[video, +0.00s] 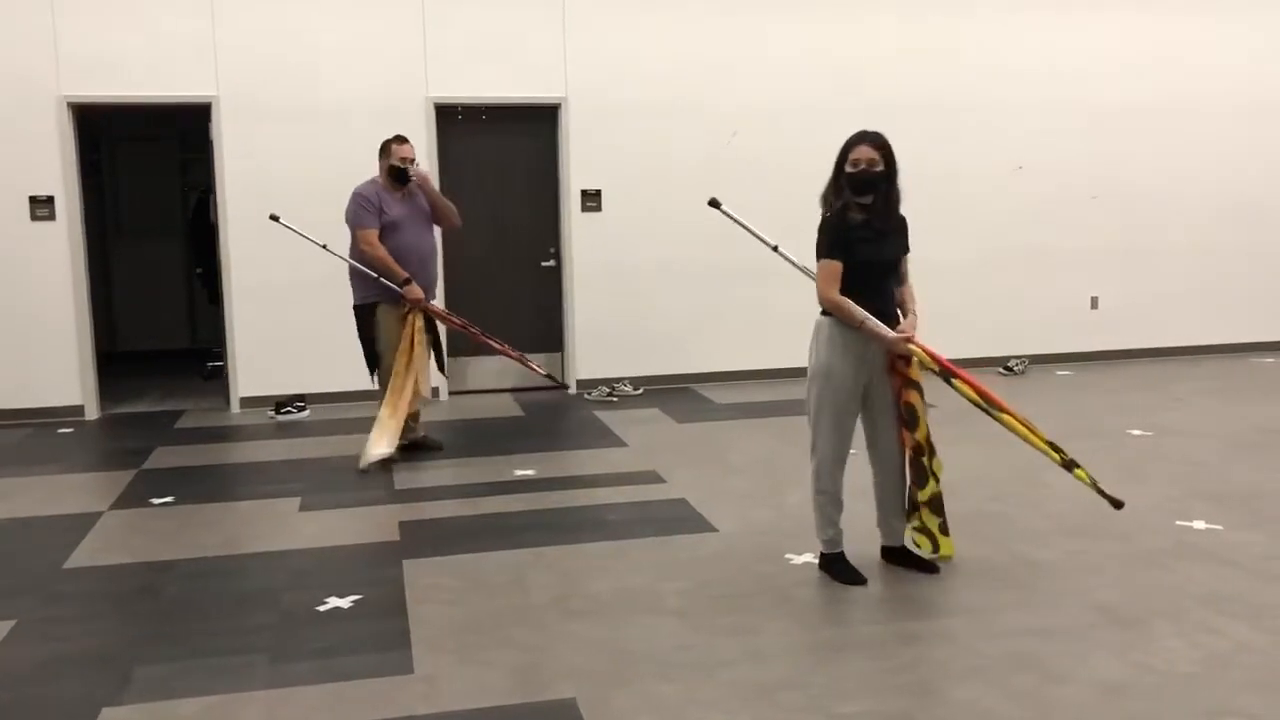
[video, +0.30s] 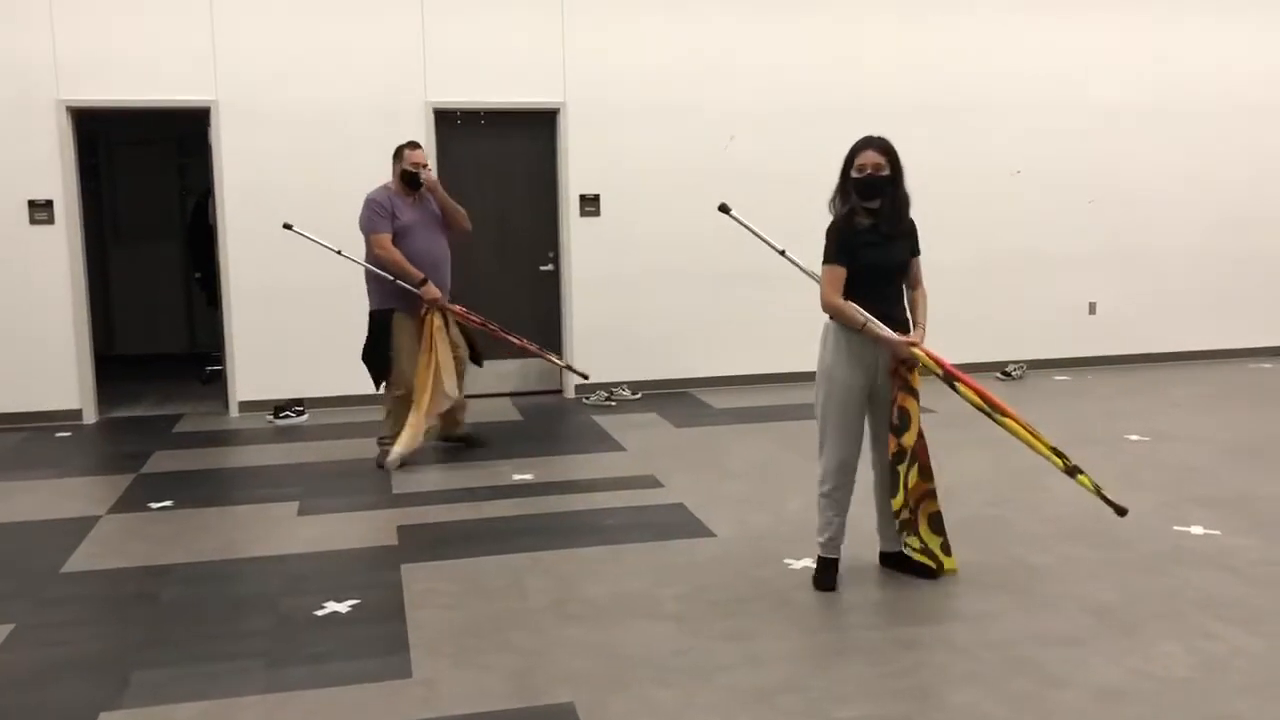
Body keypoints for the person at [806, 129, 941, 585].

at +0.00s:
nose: (863, 170)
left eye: (873, 164)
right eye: (855, 163)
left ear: (887, 170)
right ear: (842, 168)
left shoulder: (895, 223)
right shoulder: (836, 222)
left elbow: (901, 280)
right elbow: (828, 296)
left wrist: (911, 317)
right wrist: (881, 333)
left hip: (883, 339)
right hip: (839, 340)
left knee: (890, 445)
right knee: (831, 448)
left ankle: (894, 543)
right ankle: (830, 550)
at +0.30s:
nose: (870, 176)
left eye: (879, 169)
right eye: (861, 169)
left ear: (893, 173)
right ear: (849, 175)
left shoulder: (903, 227)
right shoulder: (842, 228)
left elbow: (916, 285)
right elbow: (830, 300)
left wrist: (919, 330)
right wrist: (886, 336)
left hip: (892, 344)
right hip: (847, 345)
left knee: (892, 450)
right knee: (839, 454)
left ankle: (893, 548)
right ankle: (828, 553)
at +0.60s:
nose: (875, 181)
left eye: (884, 175)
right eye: (866, 174)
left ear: (895, 181)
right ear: (852, 179)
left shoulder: (899, 232)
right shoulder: (843, 233)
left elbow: (910, 295)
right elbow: (837, 306)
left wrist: (923, 355)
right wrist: (892, 343)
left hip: (897, 350)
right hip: (852, 348)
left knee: (895, 455)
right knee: (838, 456)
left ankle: (892, 555)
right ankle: (817, 559)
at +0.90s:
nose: (868, 182)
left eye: (877, 176)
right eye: (859, 175)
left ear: (886, 183)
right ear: (843, 179)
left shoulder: (881, 234)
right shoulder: (834, 232)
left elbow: (889, 298)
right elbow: (839, 304)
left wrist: (897, 361)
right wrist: (885, 353)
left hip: (878, 348)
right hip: (838, 347)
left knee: (882, 457)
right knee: (822, 458)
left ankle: (882, 555)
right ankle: (804, 560)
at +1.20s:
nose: (869, 179)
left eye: (874, 172)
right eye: (862, 170)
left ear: (876, 172)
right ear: (841, 168)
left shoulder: (861, 216)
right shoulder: (825, 216)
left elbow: (856, 285)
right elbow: (832, 294)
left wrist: (867, 343)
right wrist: (874, 351)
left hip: (862, 338)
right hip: (827, 338)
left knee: (868, 448)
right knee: (813, 449)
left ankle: (872, 546)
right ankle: (794, 550)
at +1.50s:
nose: (868, 170)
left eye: (868, 161)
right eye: (864, 161)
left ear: (833, 159)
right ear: (846, 162)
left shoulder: (838, 212)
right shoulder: (823, 214)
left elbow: (839, 290)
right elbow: (834, 291)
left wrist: (864, 351)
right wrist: (875, 346)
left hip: (848, 334)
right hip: (821, 333)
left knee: (855, 441)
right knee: (808, 441)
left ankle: (861, 535)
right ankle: (783, 540)